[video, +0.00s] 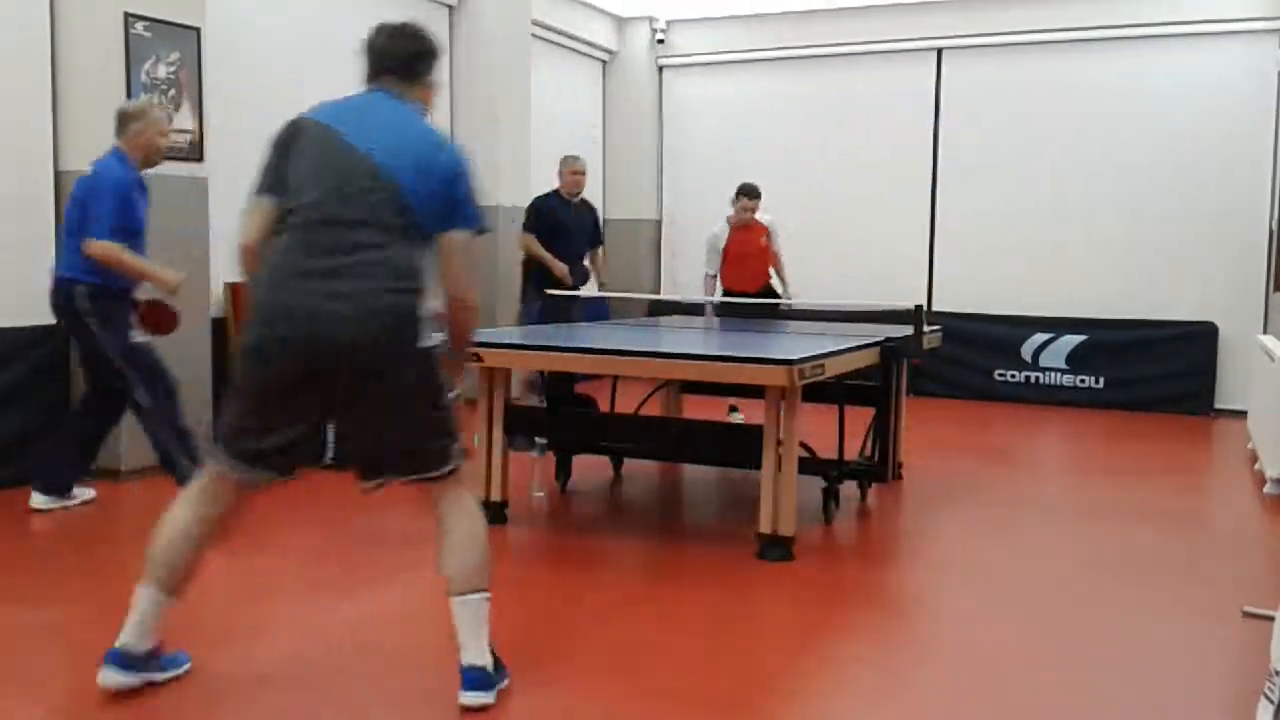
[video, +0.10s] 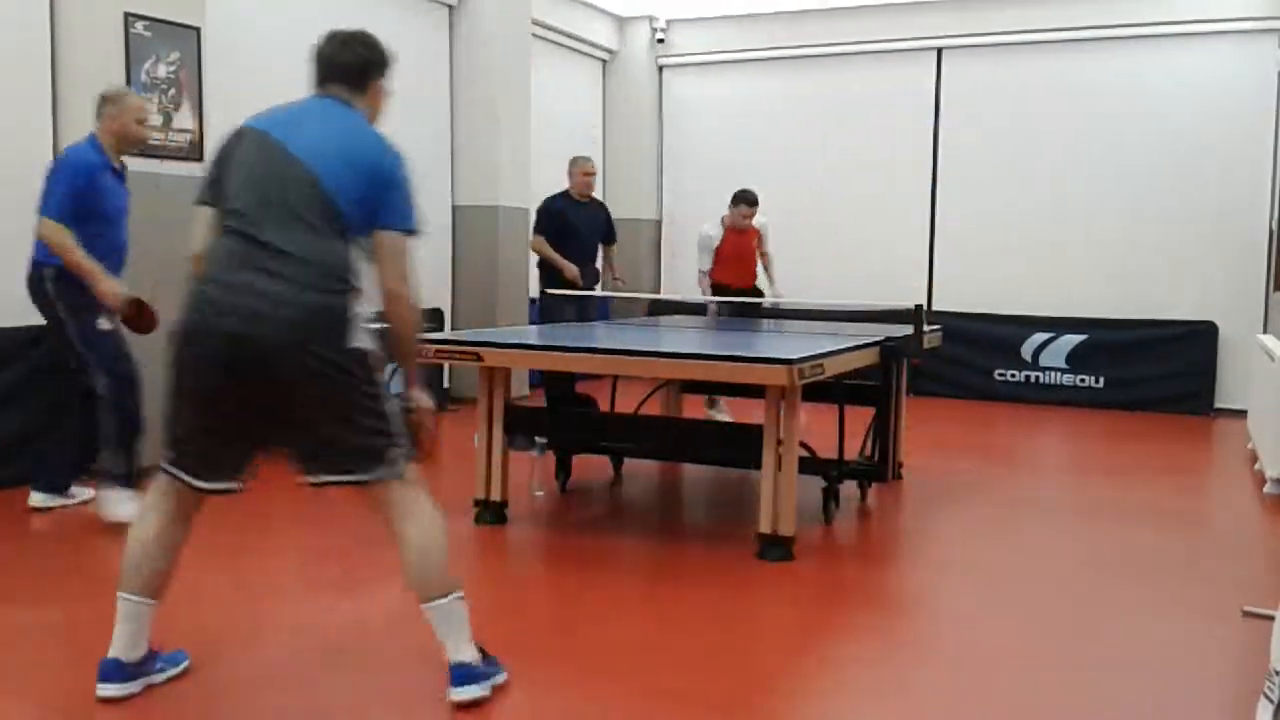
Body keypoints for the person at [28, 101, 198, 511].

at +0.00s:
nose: (168, 144)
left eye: (168, 136)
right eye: (162, 136)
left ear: (139, 137)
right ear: (138, 135)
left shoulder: (131, 179)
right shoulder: (109, 176)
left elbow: (117, 250)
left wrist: (135, 301)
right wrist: (158, 275)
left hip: (103, 295)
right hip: (85, 294)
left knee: (108, 392)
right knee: (151, 383)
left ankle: (54, 484)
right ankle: (192, 474)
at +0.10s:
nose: (146, 131)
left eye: (147, 123)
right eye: (139, 123)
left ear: (119, 124)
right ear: (111, 121)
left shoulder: (113, 169)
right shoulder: (78, 162)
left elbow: (96, 239)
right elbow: (50, 230)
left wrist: (115, 298)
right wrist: (100, 281)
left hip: (82, 283)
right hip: (59, 280)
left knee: (77, 379)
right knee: (116, 372)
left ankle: (50, 483)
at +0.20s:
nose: (120, 116)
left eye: (125, 108)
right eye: (112, 106)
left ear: (124, 111)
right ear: (86, 104)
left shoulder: (103, 155)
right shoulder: (54, 146)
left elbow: (88, 222)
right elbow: (11, 202)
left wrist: (103, 278)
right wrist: (39, 264)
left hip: (83, 270)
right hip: (49, 267)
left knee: (82, 372)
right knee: (72, 369)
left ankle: (60, 474)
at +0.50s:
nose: (54, 110)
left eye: (61, 102)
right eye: (44, 101)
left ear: (68, 107)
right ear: (20, 103)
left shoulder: (67, 155)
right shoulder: (6, 149)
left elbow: (77, 220)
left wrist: (76, 273)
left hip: (54, 276)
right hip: (12, 276)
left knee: (45, 373)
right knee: (18, 374)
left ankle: (45, 470)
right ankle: (25, 478)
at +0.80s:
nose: (8, 110)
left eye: (16, 101)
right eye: (4, 99)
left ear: (25, 107)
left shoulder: (27, 157)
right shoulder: (16, 158)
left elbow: (34, 218)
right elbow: (28, 218)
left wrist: (30, 271)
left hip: (17, 277)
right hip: (11, 277)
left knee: (15, 384)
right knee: (12, 385)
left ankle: (15, 488)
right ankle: (9, 489)